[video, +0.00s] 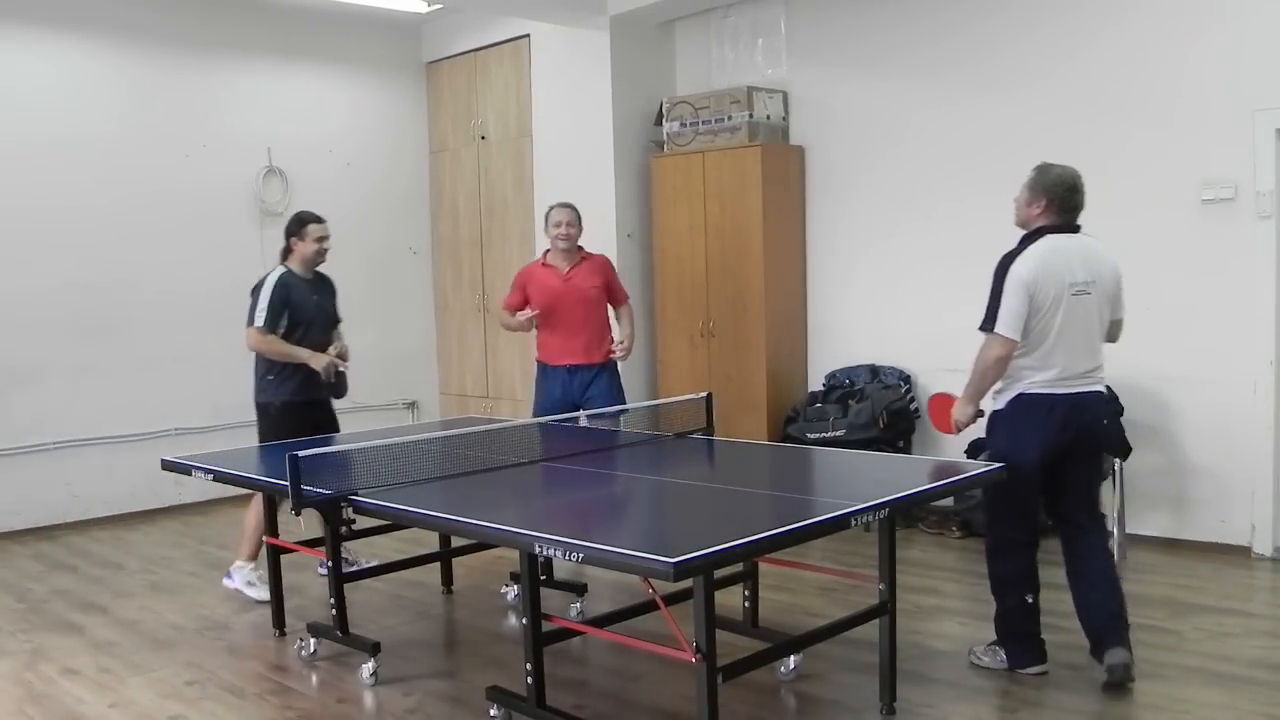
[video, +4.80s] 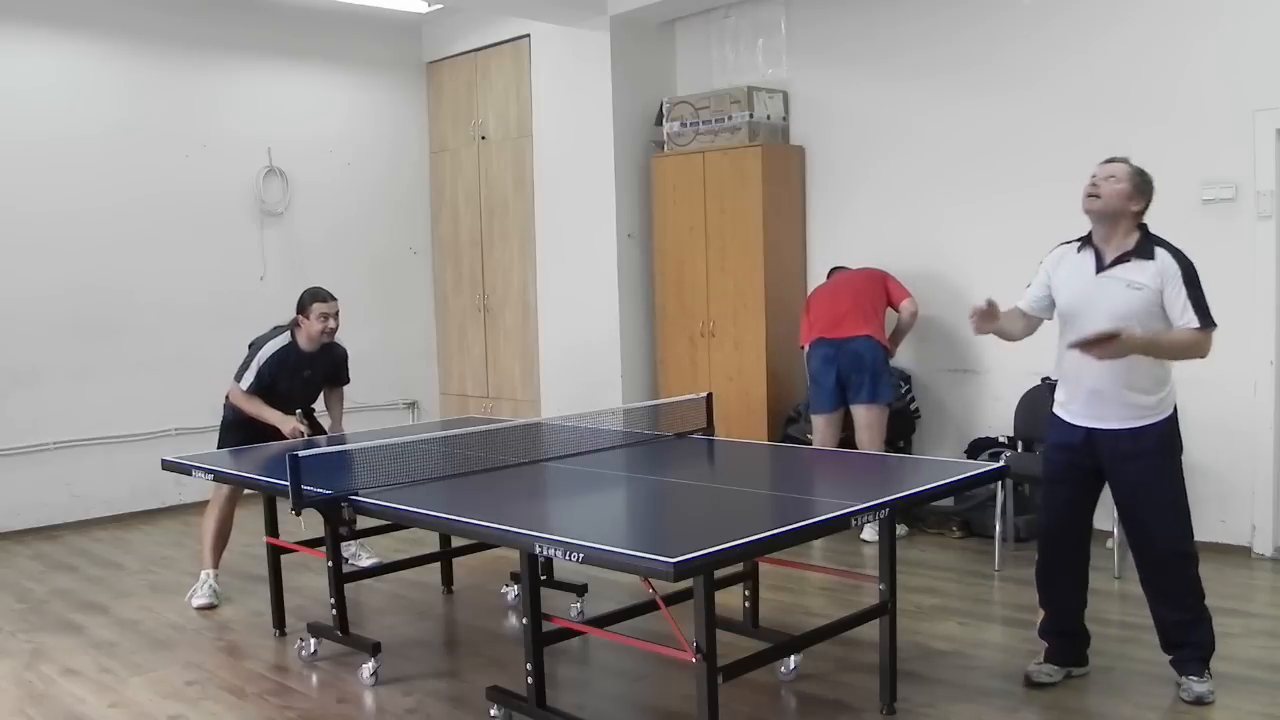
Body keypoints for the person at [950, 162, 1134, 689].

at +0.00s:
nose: (1016, 206)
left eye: (1022, 199)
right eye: (1020, 198)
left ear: (1041, 205)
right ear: (1067, 208)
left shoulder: (1023, 263)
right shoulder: (1102, 258)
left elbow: (1000, 348)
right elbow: (1111, 331)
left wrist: (969, 400)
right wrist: (1053, 329)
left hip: (1026, 416)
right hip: (1089, 414)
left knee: (1011, 531)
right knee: (1083, 525)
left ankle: (1020, 650)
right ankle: (1112, 644)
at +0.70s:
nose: (991, 216)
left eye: (998, 208)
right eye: (992, 208)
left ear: (1028, 210)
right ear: (1026, 212)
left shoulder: (1050, 248)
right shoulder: (1037, 253)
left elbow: (1065, 322)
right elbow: (1054, 328)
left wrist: (1035, 396)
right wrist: (1017, 368)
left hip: (1074, 401)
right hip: (1064, 400)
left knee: (1057, 516)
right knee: (1062, 513)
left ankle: (1044, 638)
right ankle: (1065, 614)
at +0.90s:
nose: (1005, 215)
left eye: (1013, 207)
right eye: (1004, 207)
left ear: (1045, 209)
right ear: (1030, 213)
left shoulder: (1071, 248)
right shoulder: (1036, 258)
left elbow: (1111, 318)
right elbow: (1042, 329)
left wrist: (1098, 395)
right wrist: (1004, 364)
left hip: (1090, 403)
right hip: (1052, 405)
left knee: (1097, 522)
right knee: (1063, 516)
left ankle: (1117, 642)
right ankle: (1062, 612)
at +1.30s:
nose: (1064, 214)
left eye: (1073, 204)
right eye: (1060, 205)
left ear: (1106, 206)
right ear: (1062, 210)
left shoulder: (1155, 258)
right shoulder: (1062, 263)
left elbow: (1200, 324)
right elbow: (1050, 323)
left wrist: (1173, 387)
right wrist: (1015, 351)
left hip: (1151, 420)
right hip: (1087, 422)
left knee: (1161, 535)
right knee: (1073, 524)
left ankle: (1160, 644)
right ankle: (1063, 616)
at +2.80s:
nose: (1098, 219)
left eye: (1104, 206)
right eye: (1096, 208)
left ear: (1142, 200)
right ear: (1135, 203)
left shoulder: (1192, 255)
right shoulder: (1129, 253)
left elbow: (1221, 349)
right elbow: (1133, 328)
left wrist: (1129, 376)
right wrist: (1075, 337)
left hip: (1180, 440)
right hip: (1124, 434)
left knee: (1177, 577)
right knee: (1125, 551)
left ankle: (1191, 708)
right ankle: (1145, 651)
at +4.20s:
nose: (1059, 227)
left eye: (1066, 216)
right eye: (1054, 217)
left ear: (1103, 209)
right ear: (1058, 217)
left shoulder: (1156, 256)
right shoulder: (1063, 264)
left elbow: (1202, 331)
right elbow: (1053, 339)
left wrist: (1124, 361)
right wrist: (1023, 332)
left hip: (1155, 430)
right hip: (1083, 430)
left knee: (1171, 552)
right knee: (1069, 544)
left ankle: (1185, 672)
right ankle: (1061, 653)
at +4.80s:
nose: (1093, 182)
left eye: (1109, 177)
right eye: (1091, 176)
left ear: (1138, 200)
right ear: (1086, 198)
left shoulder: (1168, 262)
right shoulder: (1062, 258)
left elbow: (1199, 341)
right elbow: (1024, 320)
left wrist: (1132, 341)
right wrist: (998, 321)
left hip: (1144, 432)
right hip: (1070, 428)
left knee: (1165, 548)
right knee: (1058, 541)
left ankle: (1191, 664)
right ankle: (1063, 654)